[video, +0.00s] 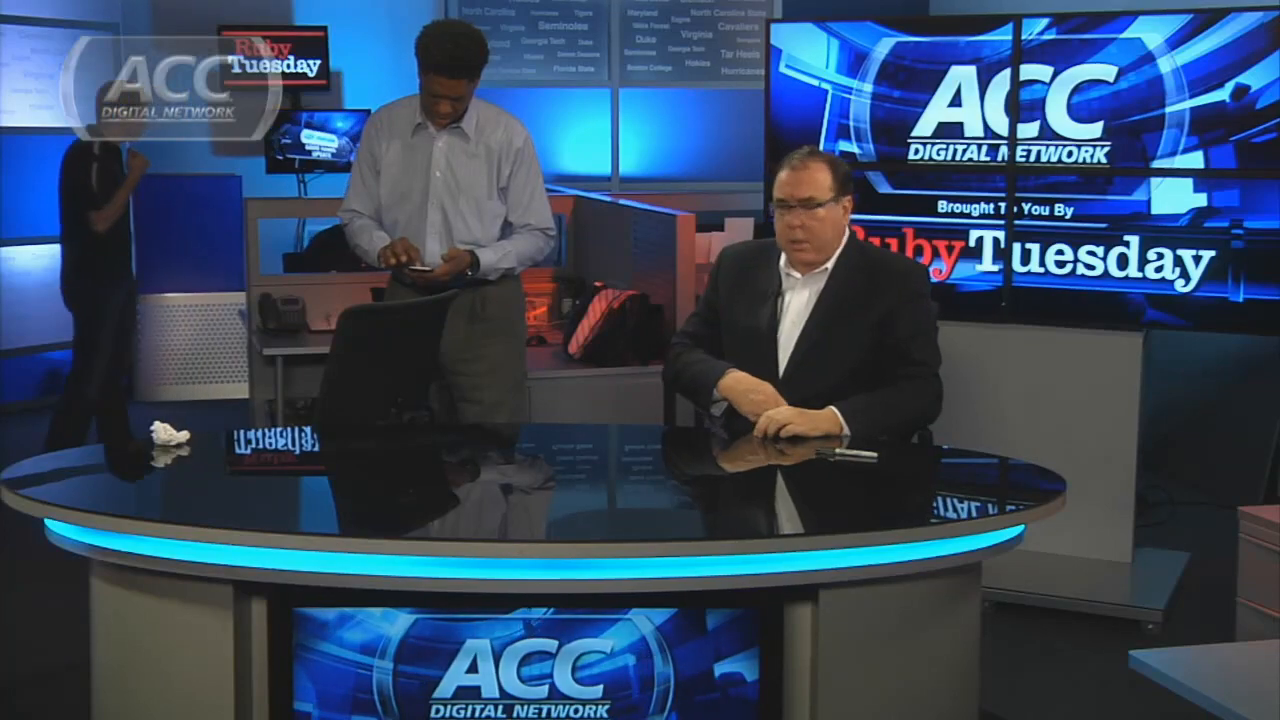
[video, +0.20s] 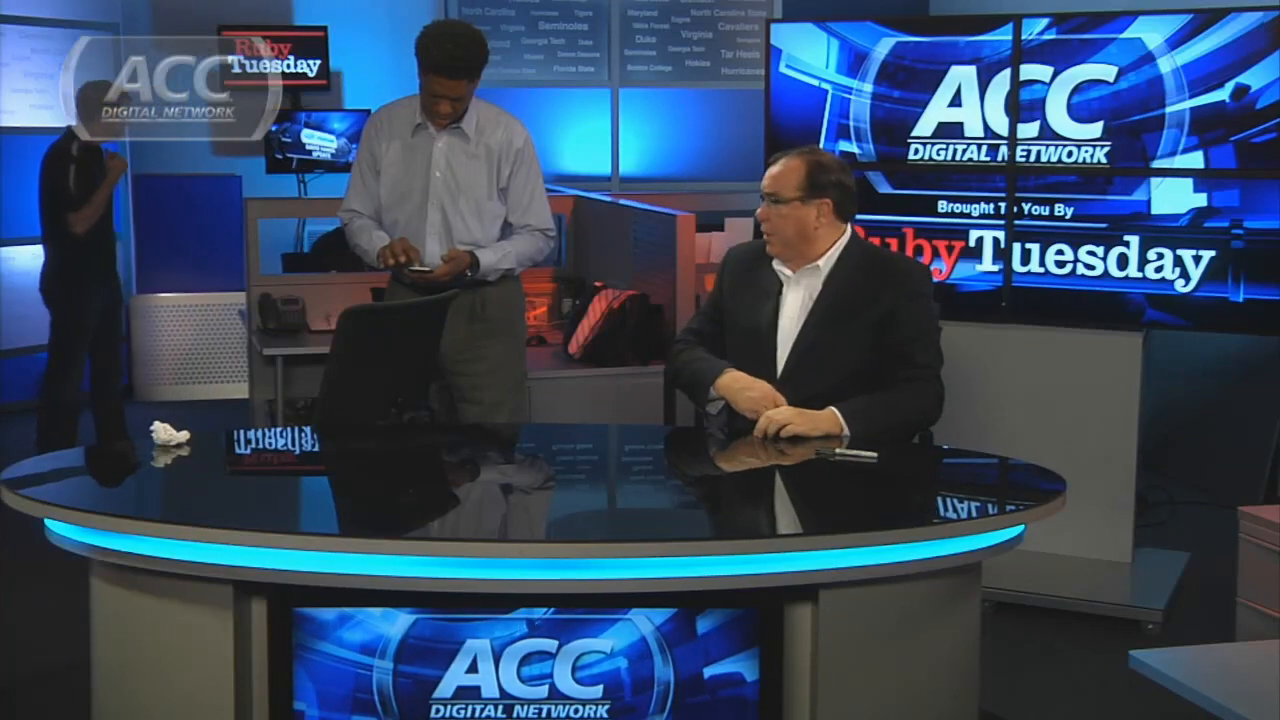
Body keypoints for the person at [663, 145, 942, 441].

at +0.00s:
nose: (795, 222)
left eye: (811, 206)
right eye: (784, 206)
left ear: (846, 208)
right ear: (772, 209)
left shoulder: (897, 280)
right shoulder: (738, 266)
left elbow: (921, 393)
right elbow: (683, 355)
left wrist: (832, 419)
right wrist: (729, 381)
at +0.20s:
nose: (760, 213)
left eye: (774, 201)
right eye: (763, 200)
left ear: (823, 212)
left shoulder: (900, 280)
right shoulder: (744, 265)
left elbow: (924, 395)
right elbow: (687, 352)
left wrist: (834, 419)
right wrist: (729, 381)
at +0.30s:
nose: (757, 210)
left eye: (770, 198)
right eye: (761, 197)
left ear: (814, 210)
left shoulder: (898, 277)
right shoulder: (747, 264)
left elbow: (924, 392)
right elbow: (691, 351)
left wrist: (832, 419)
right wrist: (724, 380)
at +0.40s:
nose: (756, 207)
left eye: (767, 195)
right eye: (759, 194)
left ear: (809, 206)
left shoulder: (896, 275)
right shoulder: (752, 263)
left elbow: (924, 391)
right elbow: (699, 349)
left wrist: (830, 419)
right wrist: (721, 382)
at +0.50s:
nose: (756, 207)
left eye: (766, 194)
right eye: (760, 194)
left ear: (805, 204)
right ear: (805, 205)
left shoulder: (894, 274)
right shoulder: (758, 262)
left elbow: (923, 390)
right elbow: (710, 345)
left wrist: (830, 418)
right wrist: (717, 380)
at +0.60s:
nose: (758, 208)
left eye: (766, 195)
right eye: (761, 195)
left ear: (803, 203)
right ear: (801, 204)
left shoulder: (893, 274)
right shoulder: (765, 263)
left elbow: (924, 390)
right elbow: (725, 343)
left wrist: (831, 417)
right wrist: (710, 381)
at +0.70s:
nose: (761, 211)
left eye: (767, 198)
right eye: (763, 199)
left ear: (802, 206)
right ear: (800, 207)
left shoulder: (889, 275)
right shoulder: (774, 265)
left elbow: (924, 389)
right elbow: (740, 346)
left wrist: (832, 418)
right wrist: (709, 388)